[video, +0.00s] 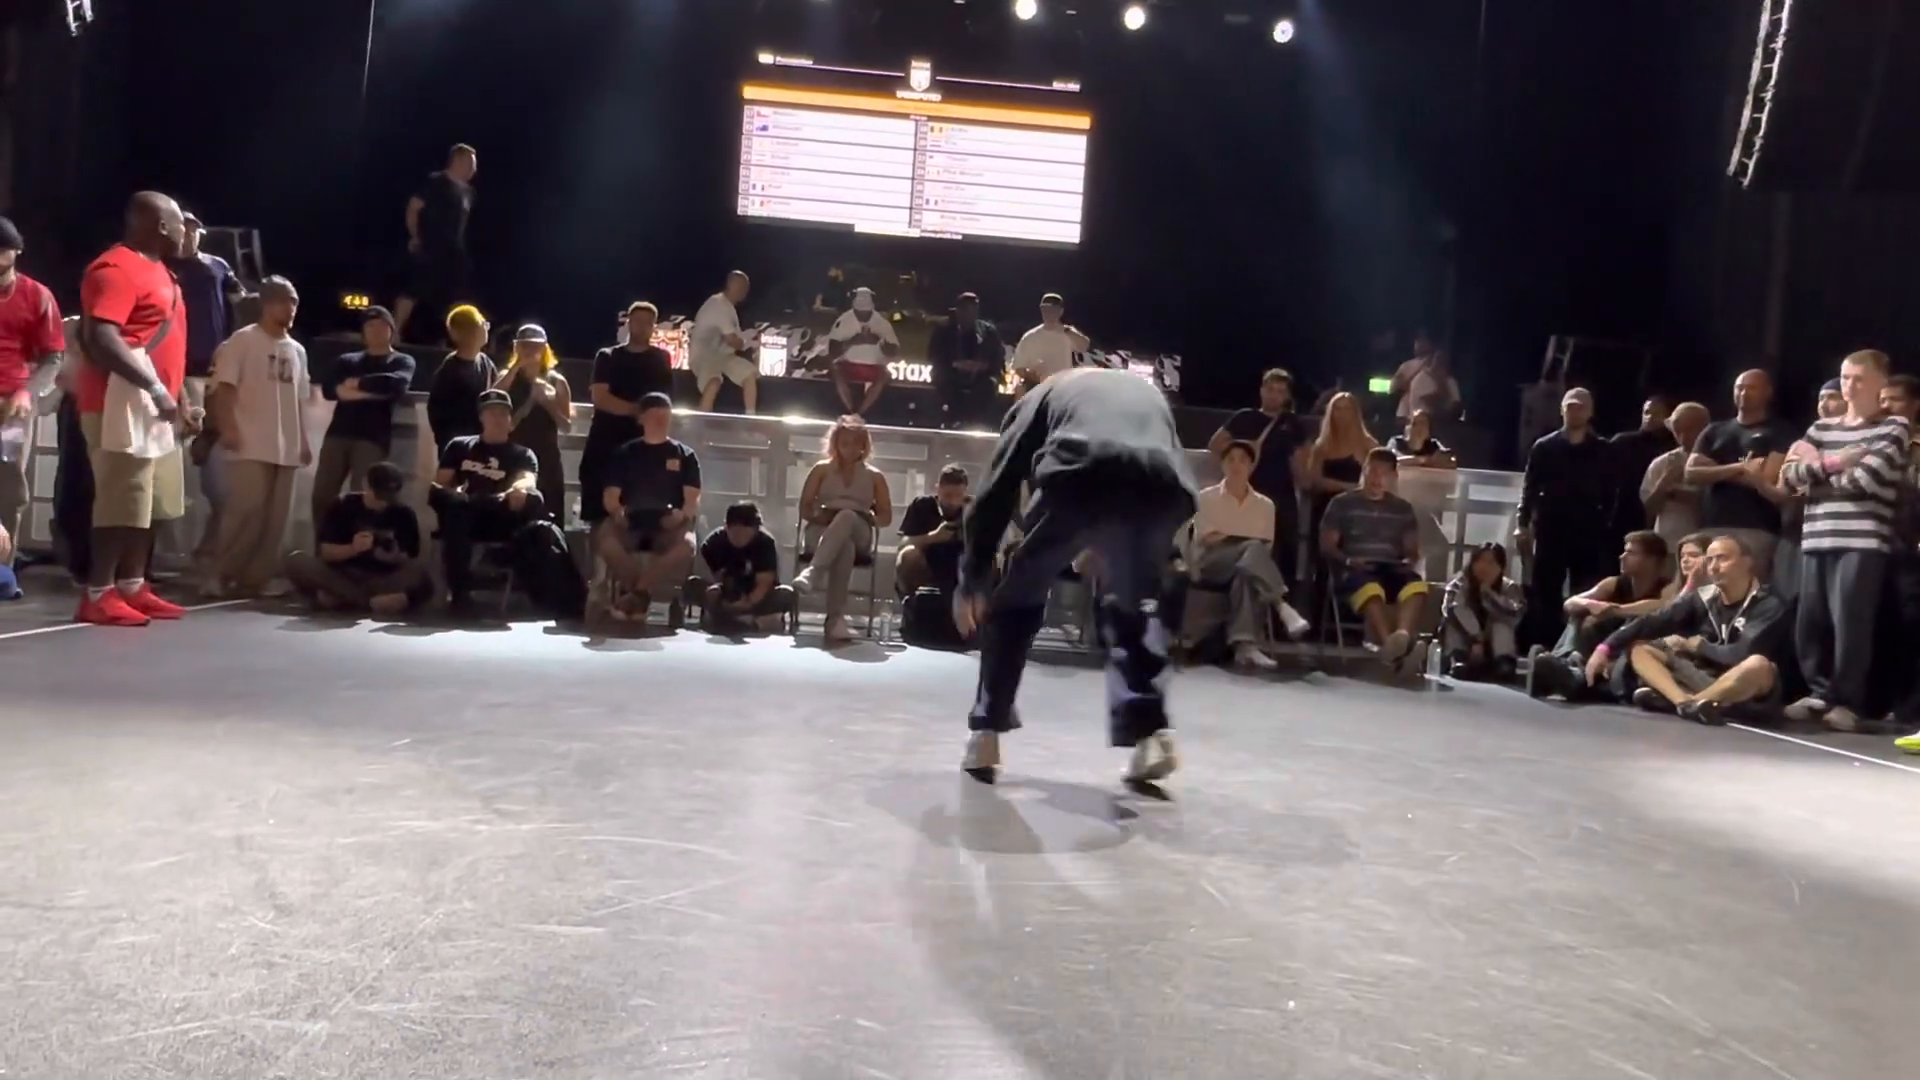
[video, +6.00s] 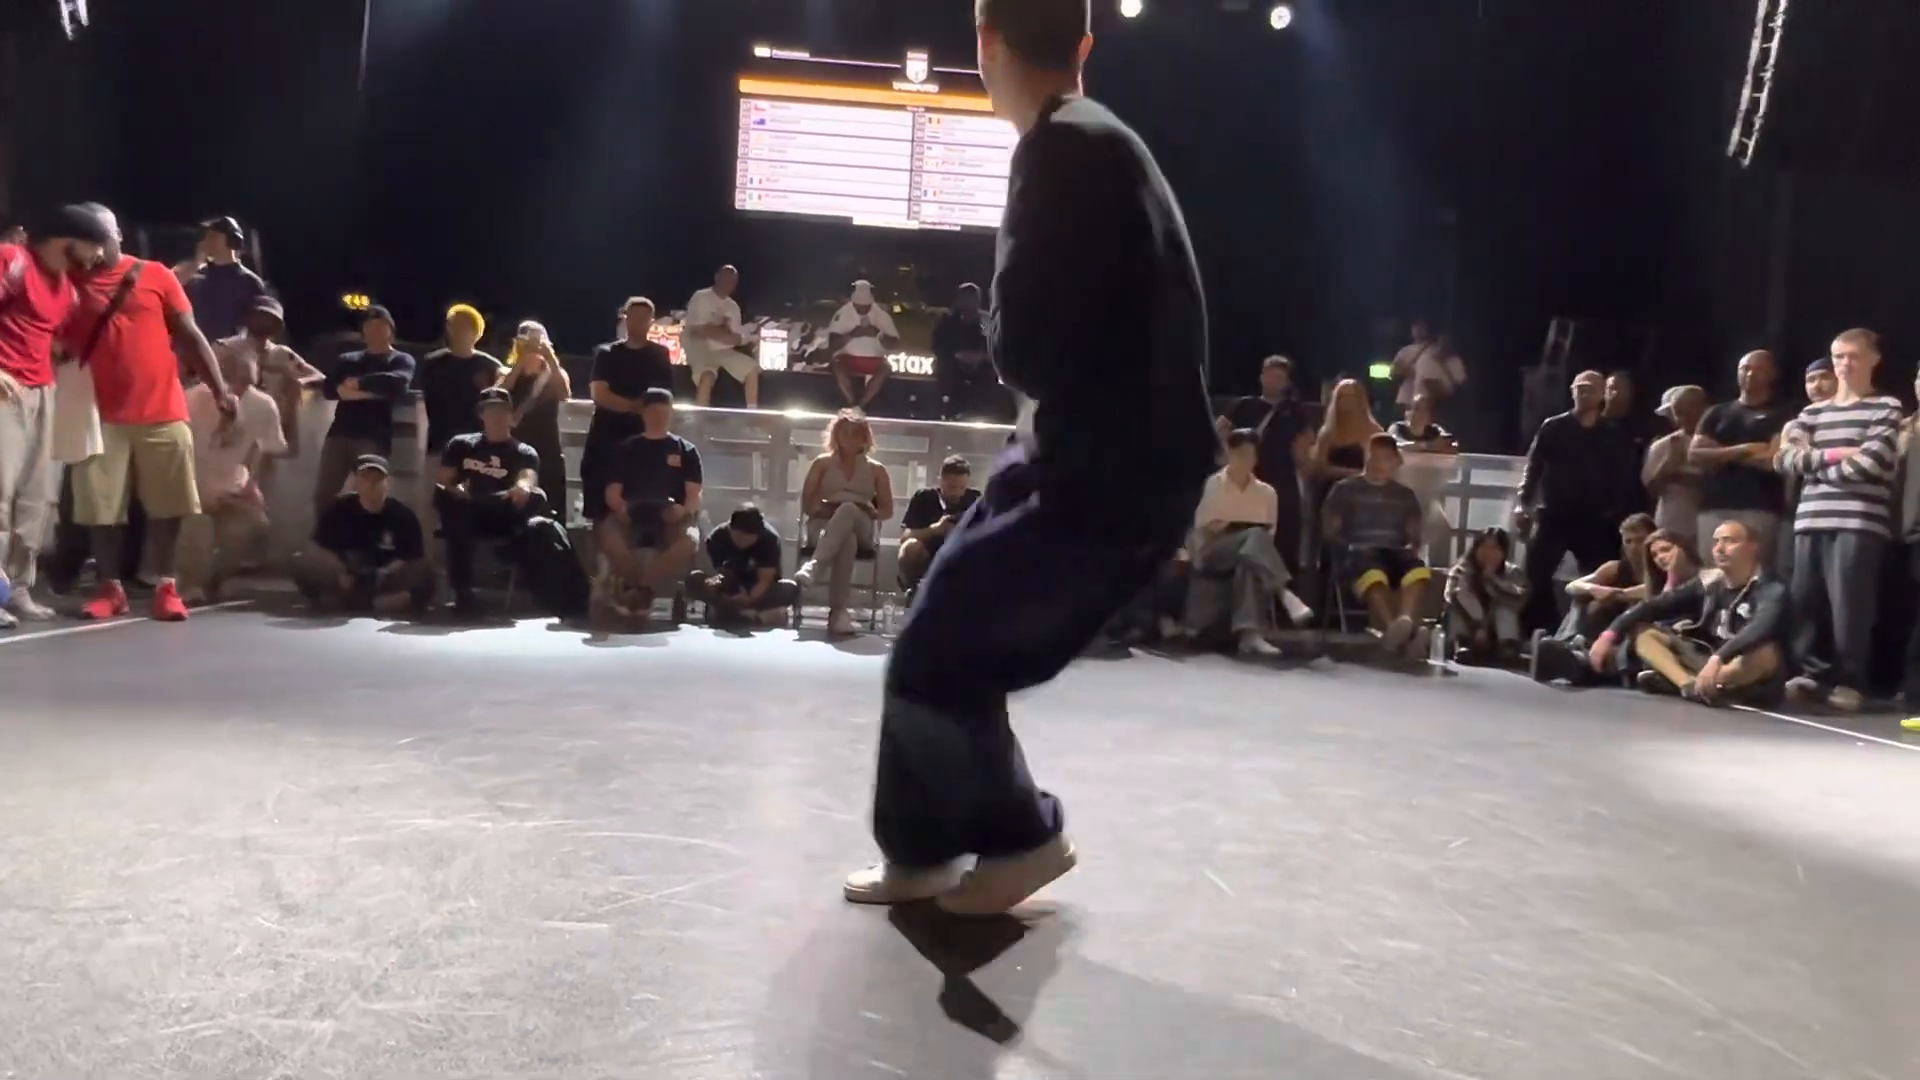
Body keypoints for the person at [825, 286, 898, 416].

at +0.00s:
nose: (864, 314)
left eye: (867, 311)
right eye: (860, 311)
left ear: (872, 308)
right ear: (854, 308)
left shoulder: (882, 322)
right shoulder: (844, 320)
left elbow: (893, 352)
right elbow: (833, 350)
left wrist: (878, 340)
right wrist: (854, 340)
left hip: (874, 366)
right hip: (848, 364)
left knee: (884, 376)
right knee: (836, 370)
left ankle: (860, 412)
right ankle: (851, 411)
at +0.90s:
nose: (877, 305)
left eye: (881, 302)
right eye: (874, 302)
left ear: (886, 299)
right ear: (868, 298)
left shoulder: (896, 313)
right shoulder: (857, 310)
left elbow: (907, 342)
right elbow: (845, 341)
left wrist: (893, 331)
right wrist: (867, 330)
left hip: (888, 356)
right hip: (862, 354)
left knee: (898, 366)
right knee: (850, 362)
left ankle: (874, 402)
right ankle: (864, 400)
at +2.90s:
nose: (890, 296)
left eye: (893, 293)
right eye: (886, 292)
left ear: (898, 289)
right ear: (880, 288)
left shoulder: (907, 302)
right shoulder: (869, 300)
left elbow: (920, 332)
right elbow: (857, 331)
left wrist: (904, 320)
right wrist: (879, 320)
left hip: (900, 346)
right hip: (874, 344)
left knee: (908, 359)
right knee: (863, 354)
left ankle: (885, 393)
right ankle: (876, 392)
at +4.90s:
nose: (888, 301)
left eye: (891, 298)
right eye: (884, 297)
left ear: (897, 294)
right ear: (878, 293)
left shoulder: (906, 307)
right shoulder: (867, 305)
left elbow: (916, 337)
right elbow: (856, 335)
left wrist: (902, 326)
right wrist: (876, 326)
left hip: (898, 350)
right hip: (872, 349)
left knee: (908, 361)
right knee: (861, 356)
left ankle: (884, 397)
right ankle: (873, 395)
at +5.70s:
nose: (870, 305)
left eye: (874, 302)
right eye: (866, 301)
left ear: (879, 298)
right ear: (861, 298)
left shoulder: (889, 310)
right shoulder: (850, 309)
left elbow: (899, 340)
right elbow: (840, 340)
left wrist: (885, 330)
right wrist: (861, 330)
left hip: (882, 354)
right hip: (856, 353)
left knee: (892, 364)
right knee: (845, 359)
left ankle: (869, 401)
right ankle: (858, 398)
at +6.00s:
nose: (862, 309)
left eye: (866, 306)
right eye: (859, 306)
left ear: (871, 303)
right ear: (853, 302)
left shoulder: (881, 315)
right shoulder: (843, 313)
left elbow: (894, 344)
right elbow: (832, 344)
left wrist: (877, 333)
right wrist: (853, 334)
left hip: (875, 359)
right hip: (848, 357)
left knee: (885, 369)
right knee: (837, 366)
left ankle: (862, 405)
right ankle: (852, 404)